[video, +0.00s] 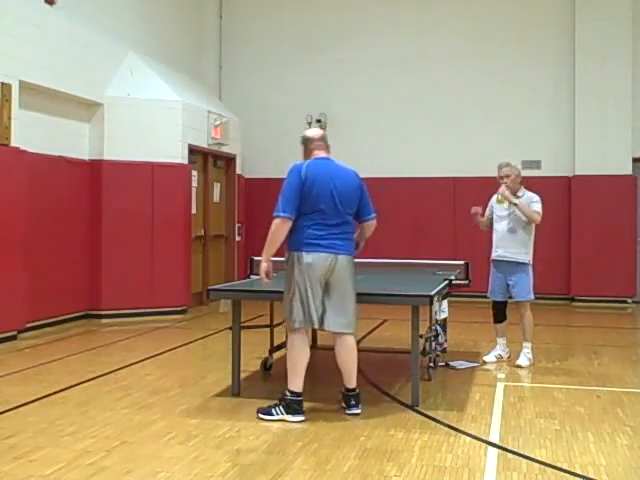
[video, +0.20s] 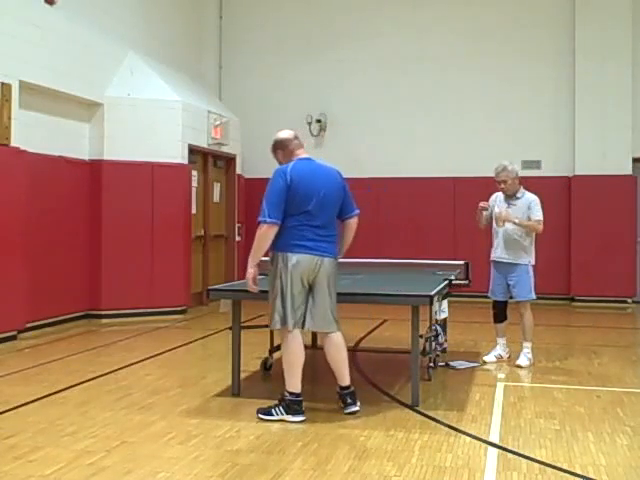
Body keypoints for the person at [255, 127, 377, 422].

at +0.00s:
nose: (302, 152)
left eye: (302, 148)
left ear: (304, 150)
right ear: (329, 148)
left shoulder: (300, 171)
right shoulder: (351, 175)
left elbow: (284, 218)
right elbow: (369, 222)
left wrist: (265, 257)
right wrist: (352, 245)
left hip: (307, 259)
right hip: (343, 260)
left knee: (299, 328)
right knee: (344, 330)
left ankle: (293, 402)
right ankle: (352, 398)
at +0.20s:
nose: (277, 163)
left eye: (276, 159)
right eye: (276, 160)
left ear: (280, 155)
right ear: (302, 146)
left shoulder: (284, 173)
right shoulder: (333, 173)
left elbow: (270, 223)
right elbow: (351, 217)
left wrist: (252, 263)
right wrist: (339, 253)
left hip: (293, 260)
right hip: (327, 261)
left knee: (291, 329)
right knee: (330, 328)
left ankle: (292, 403)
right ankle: (348, 397)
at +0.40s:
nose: (262, 162)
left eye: (261, 158)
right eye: (261, 158)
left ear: (266, 151)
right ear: (287, 145)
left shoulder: (271, 172)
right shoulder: (319, 172)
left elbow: (259, 222)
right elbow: (334, 216)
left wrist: (243, 262)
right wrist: (318, 244)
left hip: (286, 259)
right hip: (317, 258)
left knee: (287, 331)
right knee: (311, 328)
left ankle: (292, 402)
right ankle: (322, 393)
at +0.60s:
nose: (252, 162)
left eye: (250, 158)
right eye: (250, 159)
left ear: (255, 151)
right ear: (275, 145)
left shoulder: (263, 171)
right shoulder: (305, 172)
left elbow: (251, 222)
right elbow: (314, 217)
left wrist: (236, 260)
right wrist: (300, 244)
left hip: (279, 256)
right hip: (306, 256)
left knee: (283, 329)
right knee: (287, 325)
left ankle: (293, 402)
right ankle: (280, 385)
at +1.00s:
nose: (222, 166)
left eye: (220, 162)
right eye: (220, 163)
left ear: (224, 155)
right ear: (243, 150)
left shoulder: (236, 167)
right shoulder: (270, 173)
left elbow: (239, 204)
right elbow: (290, 215)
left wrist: (226, 243)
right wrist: (273, 245)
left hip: (252, 255)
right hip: (276, 254)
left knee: (244, 327)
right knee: (259, 328)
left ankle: (281, 390)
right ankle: (244, 391)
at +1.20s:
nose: (207, 168)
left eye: (205, 164)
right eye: (206, 164)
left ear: (210, 156)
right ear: (228, 150)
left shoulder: (223, 164)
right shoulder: (254, 171)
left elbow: (232, 190)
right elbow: (278, 211)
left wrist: (219, 223)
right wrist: (263, 241)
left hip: (241, 251)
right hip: (264, 252)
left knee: (210, 318)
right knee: (251, 322)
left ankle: (243, 378)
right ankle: (247, 387)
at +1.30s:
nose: (200, 170)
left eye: (198, 165)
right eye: (198, 166)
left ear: (203, 155)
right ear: (222, 150)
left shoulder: (216, 163)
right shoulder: (247, 170)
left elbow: (227, 185)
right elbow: (271, 209)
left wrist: (213, 216)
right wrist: (257, 240)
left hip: (233, 249)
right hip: (257, 251)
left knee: (202, 317)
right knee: (245, 322)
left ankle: (214, 391)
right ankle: (244, 391)